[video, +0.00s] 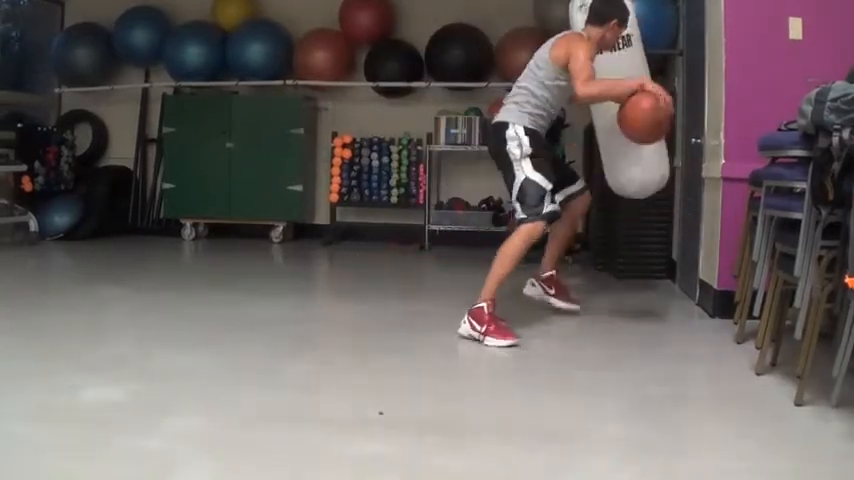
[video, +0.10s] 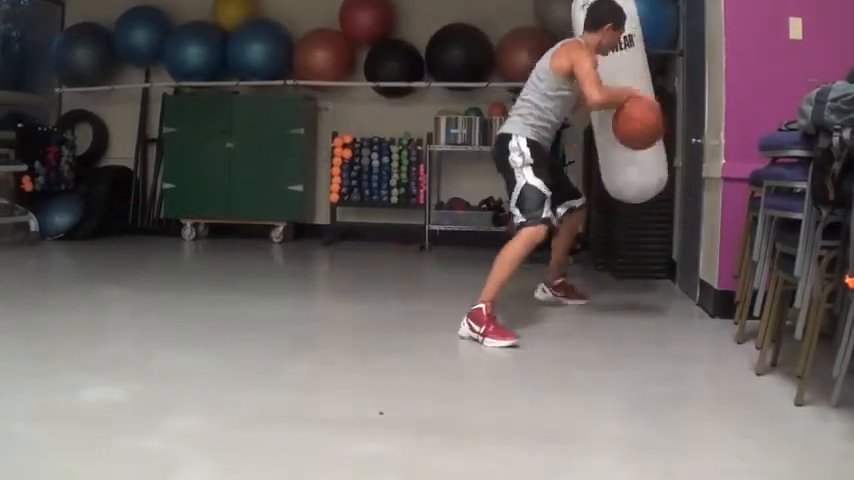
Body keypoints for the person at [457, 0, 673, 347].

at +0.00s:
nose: (619, 43)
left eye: (622, 37)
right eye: (621, 35)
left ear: (598, 23)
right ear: (611, 27)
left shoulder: (575, 45)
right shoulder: (577, 44)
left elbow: (584, 93)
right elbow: (583, 90)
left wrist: (632, 95)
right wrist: (638, 84)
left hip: (534, 132)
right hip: (515, 128)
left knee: (578, 199)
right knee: (537, 218)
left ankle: (545, 278)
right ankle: (481, 311)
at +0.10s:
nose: (621, 42)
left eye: (622, 36)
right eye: (620, 34)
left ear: (598, 26)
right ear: (607, 29)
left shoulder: (576, 51)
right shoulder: (578, 51)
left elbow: (586, 100)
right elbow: (595, 98)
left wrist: (623, 100)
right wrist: (631, 94)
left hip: (538, 145)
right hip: (519, 141)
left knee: (574, 210)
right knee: (535, 227)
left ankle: (553, 283)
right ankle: (480, 314)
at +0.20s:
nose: (621, 56)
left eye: (622, 49)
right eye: (620, 48)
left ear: (598, 45)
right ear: (605, 45)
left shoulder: (575, 67)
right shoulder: (580, 71)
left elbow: (581, 112)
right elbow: (588, 124)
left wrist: (617, 105)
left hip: (539, 159)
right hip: (520, 155)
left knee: (575, 223)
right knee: (550, 229)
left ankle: (551, 286)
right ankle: (488, 306)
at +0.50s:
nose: (601, 42)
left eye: (603, 35)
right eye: (601, 34)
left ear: (583, 26)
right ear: (589, 28)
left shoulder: (567, 58)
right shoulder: (549, 57)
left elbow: (563, 100)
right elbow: (536, 115)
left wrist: (606, 103)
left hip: (530, 156)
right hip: (506, 154)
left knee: (552, 221)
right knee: (552, 234)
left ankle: (550, 282)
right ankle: (494, 316)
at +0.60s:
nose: (586, 16)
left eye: (588, 10)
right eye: (586, 8)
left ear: (565, 3)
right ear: (572, 3)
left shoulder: (546, 28)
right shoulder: (541, 27)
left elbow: (552, 83)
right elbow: (533, 81)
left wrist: (594, 93)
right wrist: (591, 68)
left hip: (519, 136)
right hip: (501, 137)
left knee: (542, 219)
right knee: (550, 233)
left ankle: (532, 285)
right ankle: (494, 316)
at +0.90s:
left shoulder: (495, 5)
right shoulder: (532, 2)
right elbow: (532, 64)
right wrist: (591, 88)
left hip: (472, 109)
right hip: (486, 108)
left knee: (522, 215)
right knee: (540, 215)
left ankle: (495, 311)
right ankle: (468, 325)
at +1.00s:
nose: (549, 6)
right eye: (547, 5)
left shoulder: (471, 18)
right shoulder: (527, 18)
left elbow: (461, 95)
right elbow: (525, 99)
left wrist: (459, 170)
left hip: (461, 135)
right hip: (490, 133)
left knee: (515, 234)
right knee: (520, 249)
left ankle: (492, 319)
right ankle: (464, 355)